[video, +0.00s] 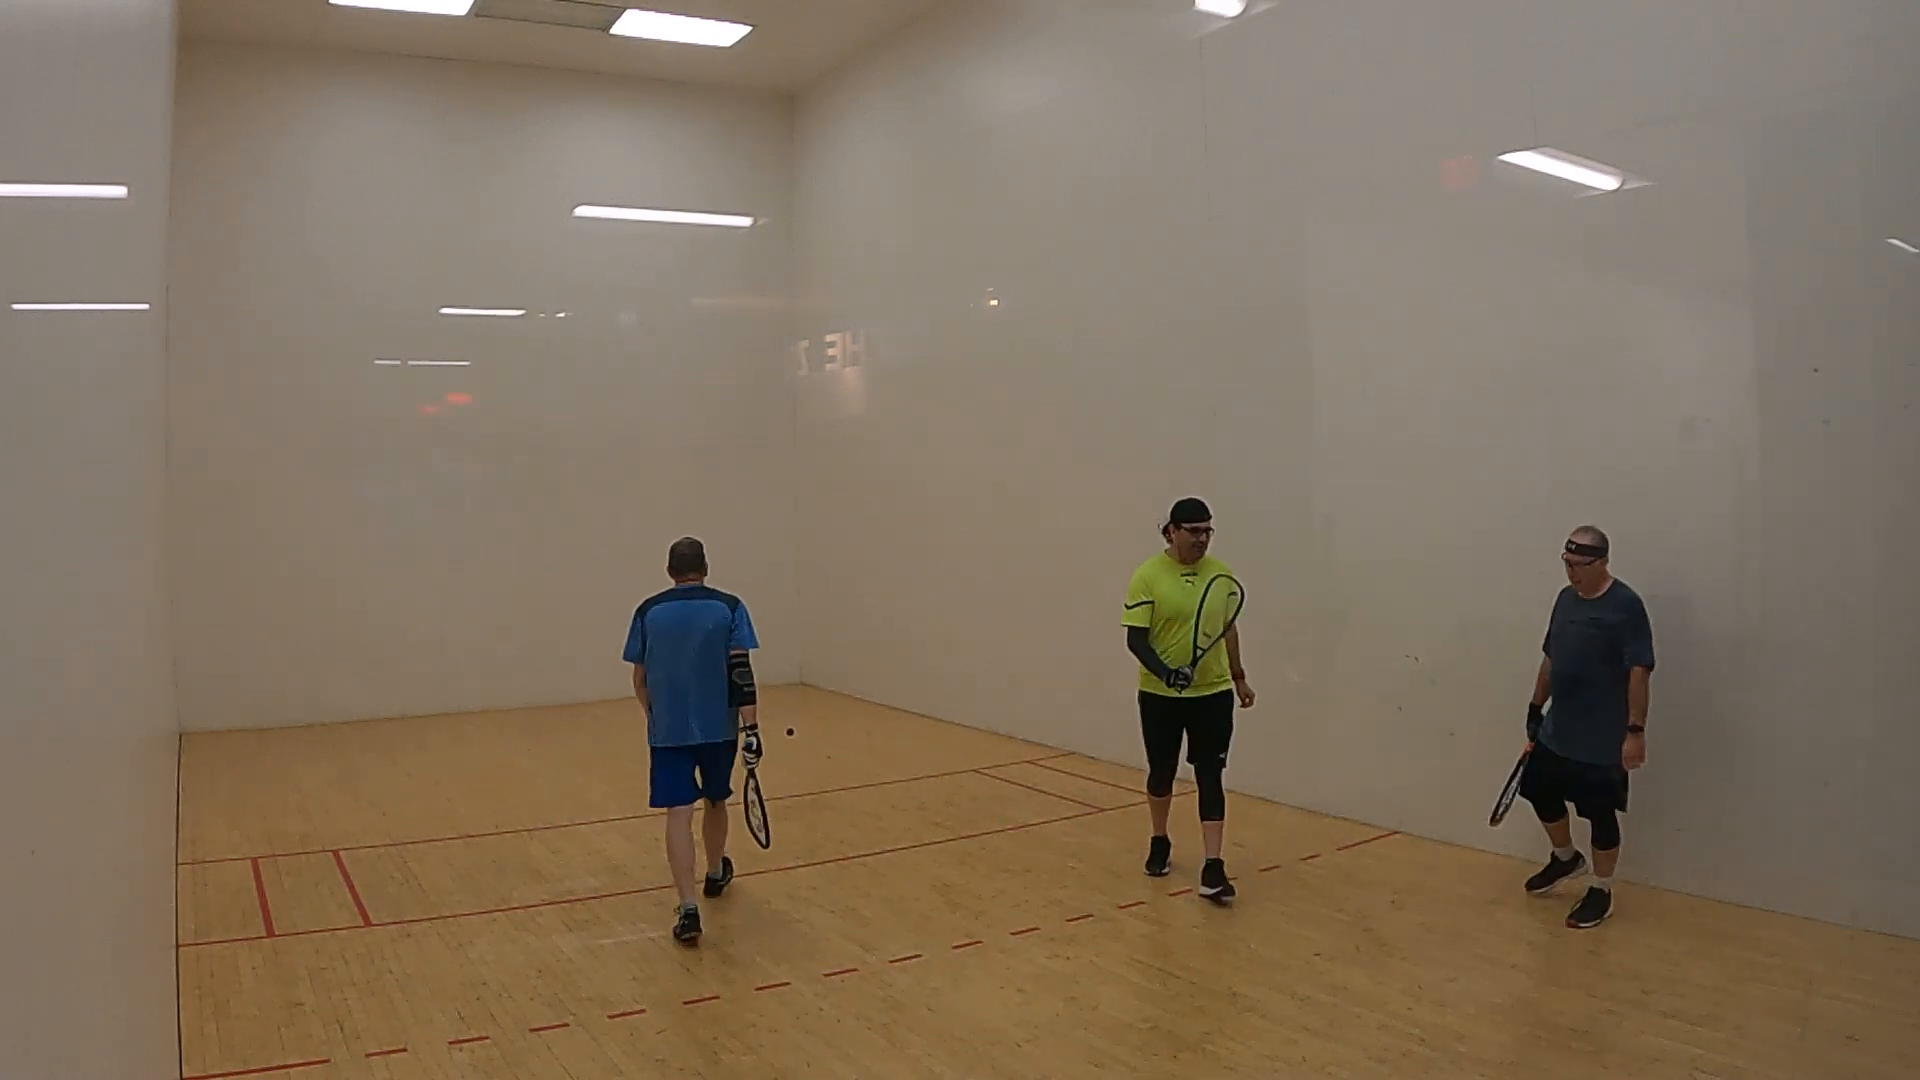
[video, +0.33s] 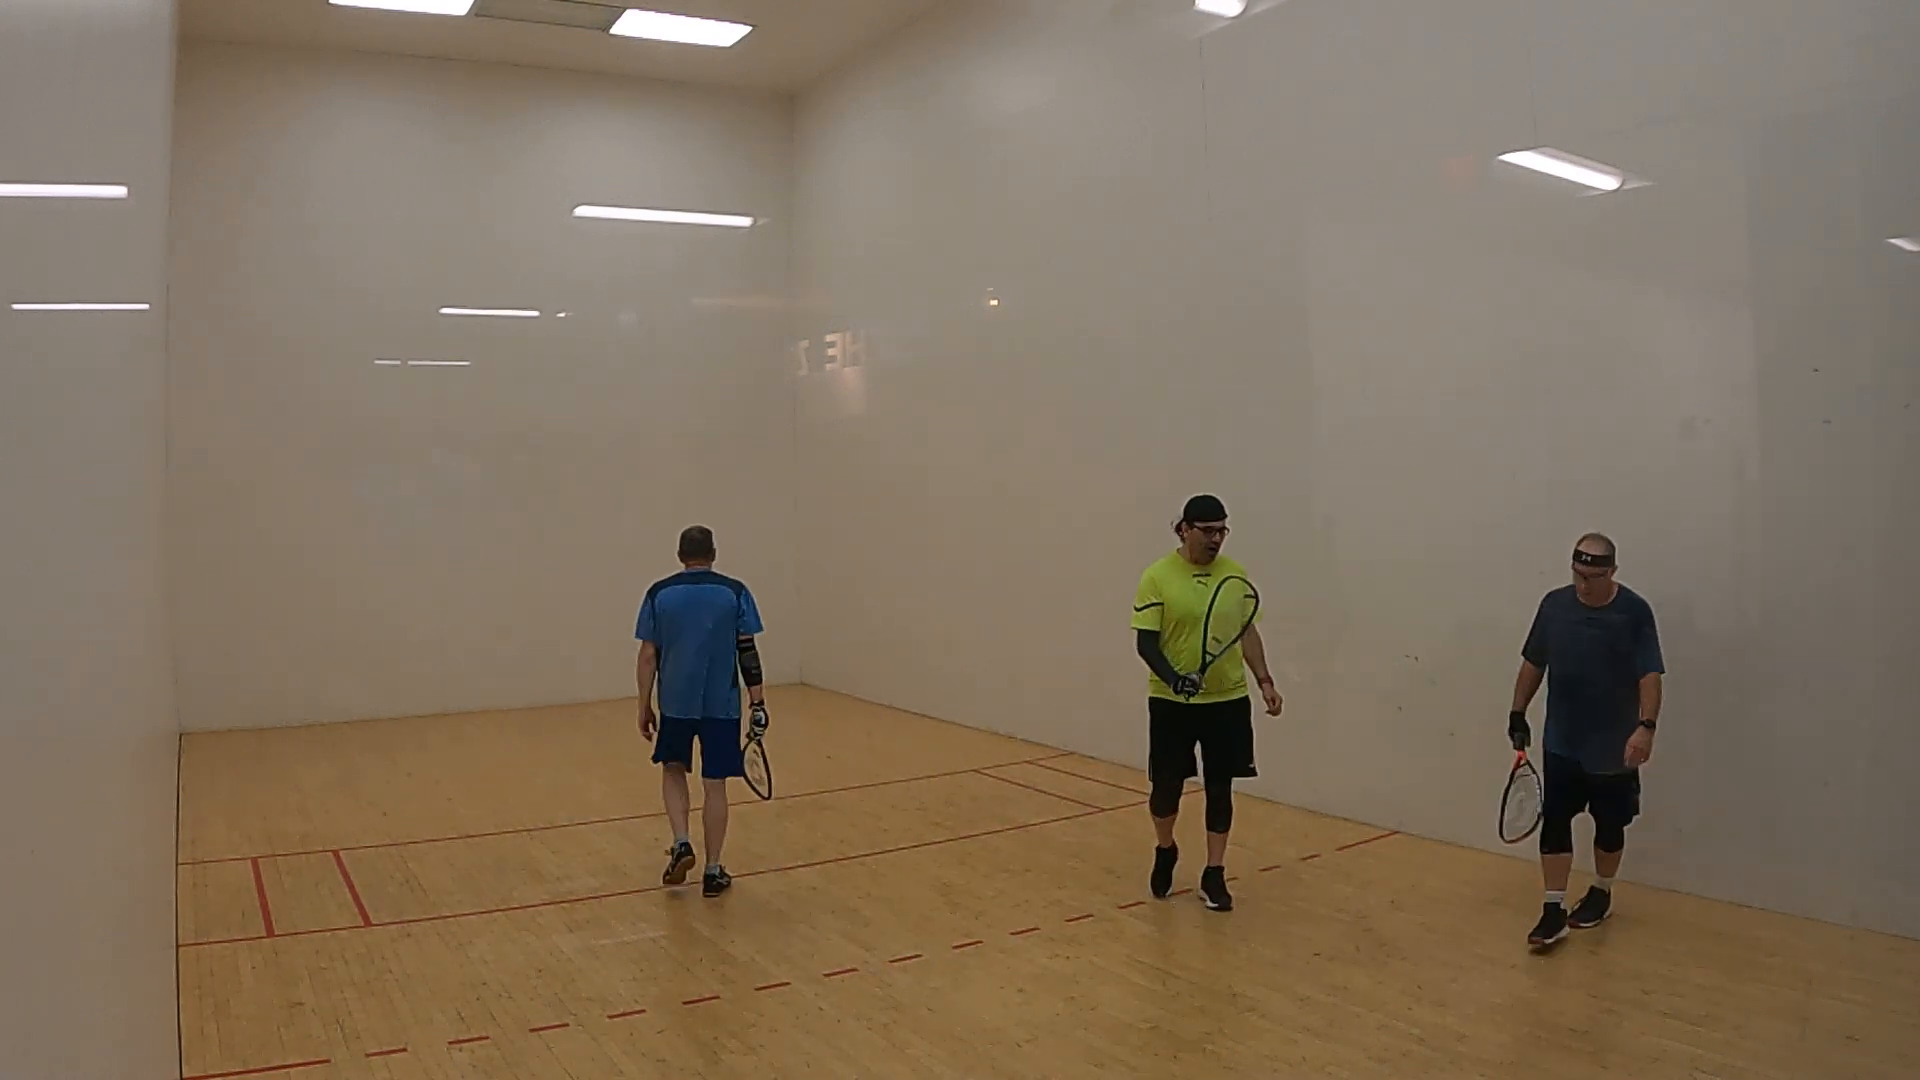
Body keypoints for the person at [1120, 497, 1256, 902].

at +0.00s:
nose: (1203, 538)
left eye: (1208, 532)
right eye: (1195, 531)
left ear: (1211, 533)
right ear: (1172, 532)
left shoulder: (1220, 575)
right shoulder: (1148, 577)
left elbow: (1229, 628)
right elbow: (1135, 640)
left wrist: (1239, 677)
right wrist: (1164, 670)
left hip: (1212, 696)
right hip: (1161, 696)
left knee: (1210, 777)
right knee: (1161, 774)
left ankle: (1213, 866)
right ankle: (1159, 841)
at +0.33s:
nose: (1216, 538)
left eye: (1222, 531)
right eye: (1208, 530)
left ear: (1226, 533)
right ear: (1185, 530)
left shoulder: (1235, 576)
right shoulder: (1158, 577)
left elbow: (1248, 632)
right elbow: (1145, 642)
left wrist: (1265, 682)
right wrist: (1173, 675)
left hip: (1225, 704)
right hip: (1171, 703)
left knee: (1220, 789)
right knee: (1165, 788)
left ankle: (1214, 873)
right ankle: (1165, 851)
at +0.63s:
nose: (1208, 550)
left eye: (1214, 542)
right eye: (1198, 542)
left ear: (1219, 542)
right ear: (1174, 540)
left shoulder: (1230, 585)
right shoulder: (1148, 591)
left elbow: (1263, 641)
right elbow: (1132, 658)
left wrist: (1263, 622)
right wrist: (1157, 693)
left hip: (1223, 718)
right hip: (1168, 721)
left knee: (1218, 802)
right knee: (1172, 813)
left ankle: (1213, 873)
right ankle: (1170, 911)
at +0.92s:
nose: (1193, 547)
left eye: (1200, 538)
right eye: (1184, 539)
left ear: (1205, 537)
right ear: (1158, 535)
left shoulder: (1216, 579)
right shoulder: (1131, 589)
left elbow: (1254, 640)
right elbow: (1115, 660)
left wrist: (1247, 615)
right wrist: (1141, 702)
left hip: (1215, 723)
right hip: (1157, 727)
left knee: (1227, 815)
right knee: (1163, 821)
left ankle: (1214, 889)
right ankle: (1169, 914)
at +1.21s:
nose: (1190, 560)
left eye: (1199, 552)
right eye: (1182, 550)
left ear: (1205, 550)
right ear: (1157, 543)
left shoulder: (1216, 593)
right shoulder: (1126, 599)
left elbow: (1253, 659)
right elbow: (1115, 674)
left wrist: (1239, 634)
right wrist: (1138, 721)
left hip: (1206, 741)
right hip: (1147, 744)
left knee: (1195, 846)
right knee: (1159, 842)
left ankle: (1189, 957)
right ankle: (1169, 915)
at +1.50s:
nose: (1190, 556)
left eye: (1198, 547)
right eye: (1180, 546)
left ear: (1205, 547)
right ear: (1153, 542)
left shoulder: (1218, 594)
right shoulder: (1119, 596)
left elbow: (1247, 670)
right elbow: (1109, 677)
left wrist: (1230, 640)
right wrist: (1137, 728)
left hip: (1201, 752)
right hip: (1134, 750)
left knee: (1194, 859)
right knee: (1118, 856)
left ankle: (1189, 962)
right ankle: (1142, 935)